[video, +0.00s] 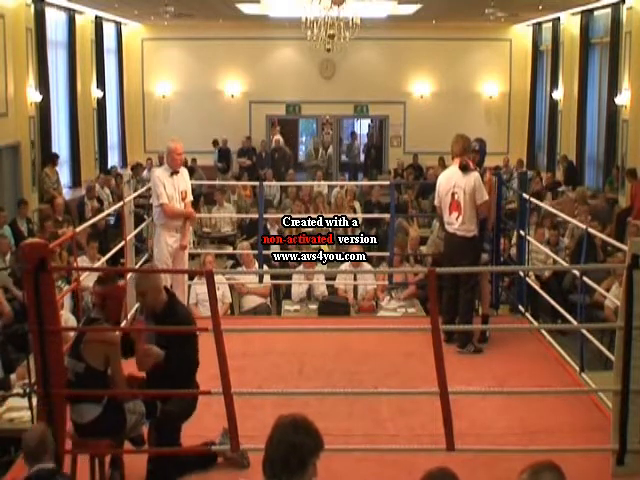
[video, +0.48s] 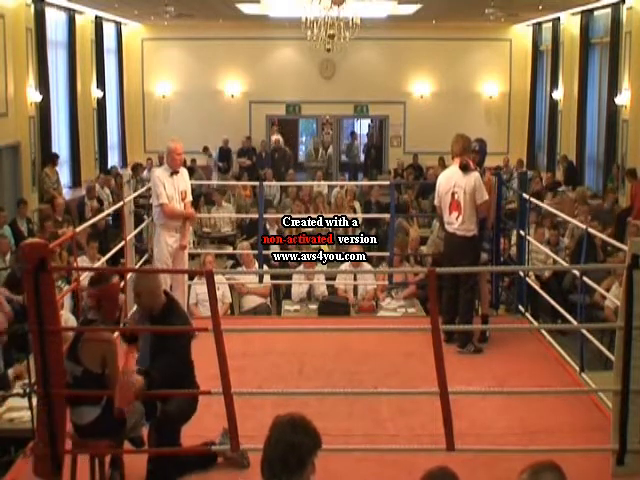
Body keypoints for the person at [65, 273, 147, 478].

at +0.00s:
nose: (123, 306)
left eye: (123, 299)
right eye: (120, 299)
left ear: (97, 300)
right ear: (107, 301)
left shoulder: (86, 325)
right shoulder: (109, 334)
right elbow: (120, 390)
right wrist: (138, 393)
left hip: (79, 421)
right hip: (98, 423)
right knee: (138, 406)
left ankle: (116, 463)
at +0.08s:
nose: (123, 305)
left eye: (123, 299)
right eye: (120, 300)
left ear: (98, 301)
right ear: (107, 302)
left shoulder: (87, 325)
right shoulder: (109, 334)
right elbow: (120, 390)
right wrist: (139, 390)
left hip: (79, 421)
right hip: (97, 423)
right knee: (138, 406)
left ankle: (116, 463)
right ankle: (115, 463)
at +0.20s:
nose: (123, 305)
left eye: (122, 298)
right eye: (118, 299)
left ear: (97, 301)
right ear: (104, 302)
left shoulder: (86, 326)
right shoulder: (108, 334)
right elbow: (120, 390)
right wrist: (138, 390)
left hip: (80, 421)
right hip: (98, 423)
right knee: (138, 407)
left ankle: (116, 463)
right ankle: (115, 464)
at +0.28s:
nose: (119, 304)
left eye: (119, 298)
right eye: (113, 299)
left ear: (95, 302)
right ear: (97, 300)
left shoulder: (86, 326)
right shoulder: (107, 336)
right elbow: (119, 391)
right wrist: (138, 391)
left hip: (80, 421)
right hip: (97, 423)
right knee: (141, 407)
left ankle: (116, 464)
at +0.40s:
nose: (119, 303)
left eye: (118, 296)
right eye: (114, 298)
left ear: (94, 301)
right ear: (100, 301)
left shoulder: (84, 327)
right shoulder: (107, 339)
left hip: (79, 421)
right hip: (98, 423)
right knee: (138, 407)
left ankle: (116, 462)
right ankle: (115, 463)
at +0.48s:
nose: (120, 302)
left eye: (118, 296)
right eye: (114, 297)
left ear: (94, 301)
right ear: (99, 301)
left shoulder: (84, 327)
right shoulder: (107, 339)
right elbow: (115, 387)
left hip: (79, 420)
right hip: (96, 423)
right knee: (137, 407)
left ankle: (116, 462)